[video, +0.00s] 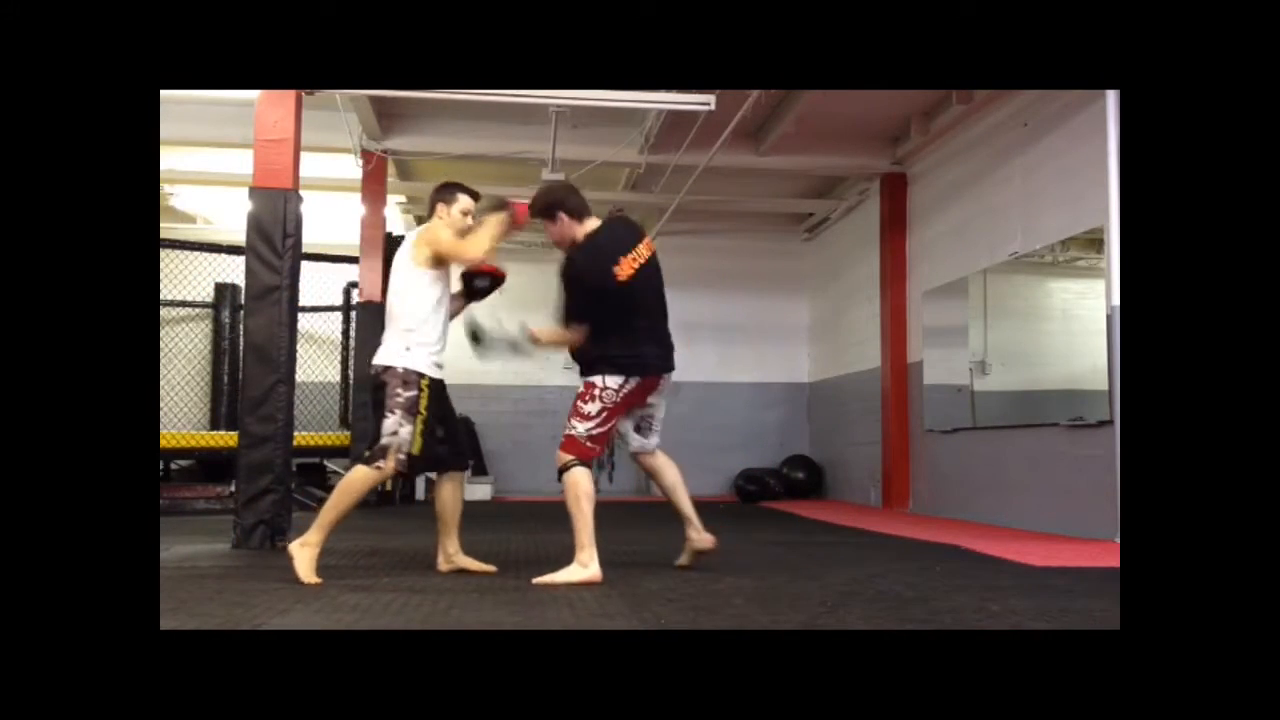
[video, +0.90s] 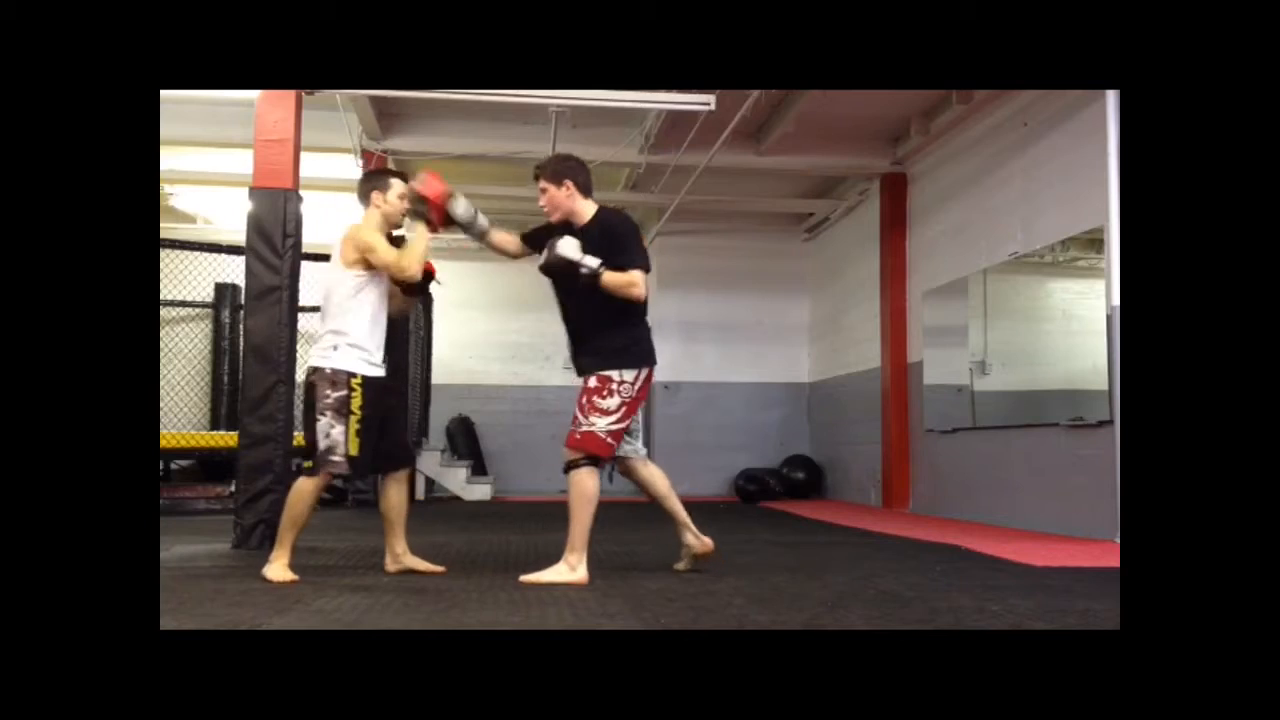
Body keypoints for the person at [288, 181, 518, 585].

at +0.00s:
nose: (470, 222)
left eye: (472, 216)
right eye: (465, 213)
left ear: (451, 214)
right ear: (441, 207)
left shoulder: (428, 247)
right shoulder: (433, 231)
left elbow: (432, 316)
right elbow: (473, 252)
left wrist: (468, 295)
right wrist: (497, 221)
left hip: (423, 367)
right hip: (406, 365)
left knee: (452, 458)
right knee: (388, 459)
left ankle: (450, 552)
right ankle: (308, 543)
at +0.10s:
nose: (464, 209)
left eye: (464, 202)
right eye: (458, 201)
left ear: (443, 204)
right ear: (433, 202)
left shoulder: (440, 259)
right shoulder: (409, 237)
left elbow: (469, 306)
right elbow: (419, 272)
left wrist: (488, 275)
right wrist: (440, 232)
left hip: (424, 369)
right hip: (396, 362)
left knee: (451, 456)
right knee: (375, 455)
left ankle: (450, 551)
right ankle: (301, 540)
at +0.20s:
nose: (445, 208)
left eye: (448, 201)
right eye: (439, 199)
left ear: (445, 205)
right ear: (412, 198)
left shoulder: (432, 254)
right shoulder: (384, 237)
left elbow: (468, 296)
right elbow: (366, 288)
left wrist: (485, 281)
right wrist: (401, 236)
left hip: (423, 370)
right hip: (385, 364)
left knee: (450, 459)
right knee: (358, 458)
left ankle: (449, 552)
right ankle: (289, 542)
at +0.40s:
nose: (410, 207)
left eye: (411, 199)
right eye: (403, 198)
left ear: (387, 203)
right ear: (375, 200)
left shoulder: (402, 250)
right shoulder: (341, 245)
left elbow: (445, 290)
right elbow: (319, 302)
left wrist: (472, 254)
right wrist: (350, 258)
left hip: (398, 376)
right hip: (351, 374)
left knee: (427, 469)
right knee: (320, 469)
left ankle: (446, 552)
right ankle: (279, 559)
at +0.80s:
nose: (402, 202)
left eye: (402, 195)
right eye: (395, 194)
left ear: (385, 200)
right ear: (369, 196)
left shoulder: (382, 246)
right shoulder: (341, 237)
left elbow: (406, 300)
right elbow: (368, 273)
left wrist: (416, 284)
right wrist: (375, 230)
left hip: (375, 370)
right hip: (336, 368)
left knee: (399, 463)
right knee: (317, 466)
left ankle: (398, 553)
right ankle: (279, 559)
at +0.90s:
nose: (407, 206)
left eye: (408, 199)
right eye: (401, 198)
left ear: (383, 200)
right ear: (377, 198)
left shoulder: (379, 245)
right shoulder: (360, 236)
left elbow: (392, 305)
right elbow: (409, 269)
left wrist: (417, 287)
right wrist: (421, 226)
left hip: (370, 371)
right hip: (338, 368)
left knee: (396, 461)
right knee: (324, 465)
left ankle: (398, 553)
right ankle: (278, 559)